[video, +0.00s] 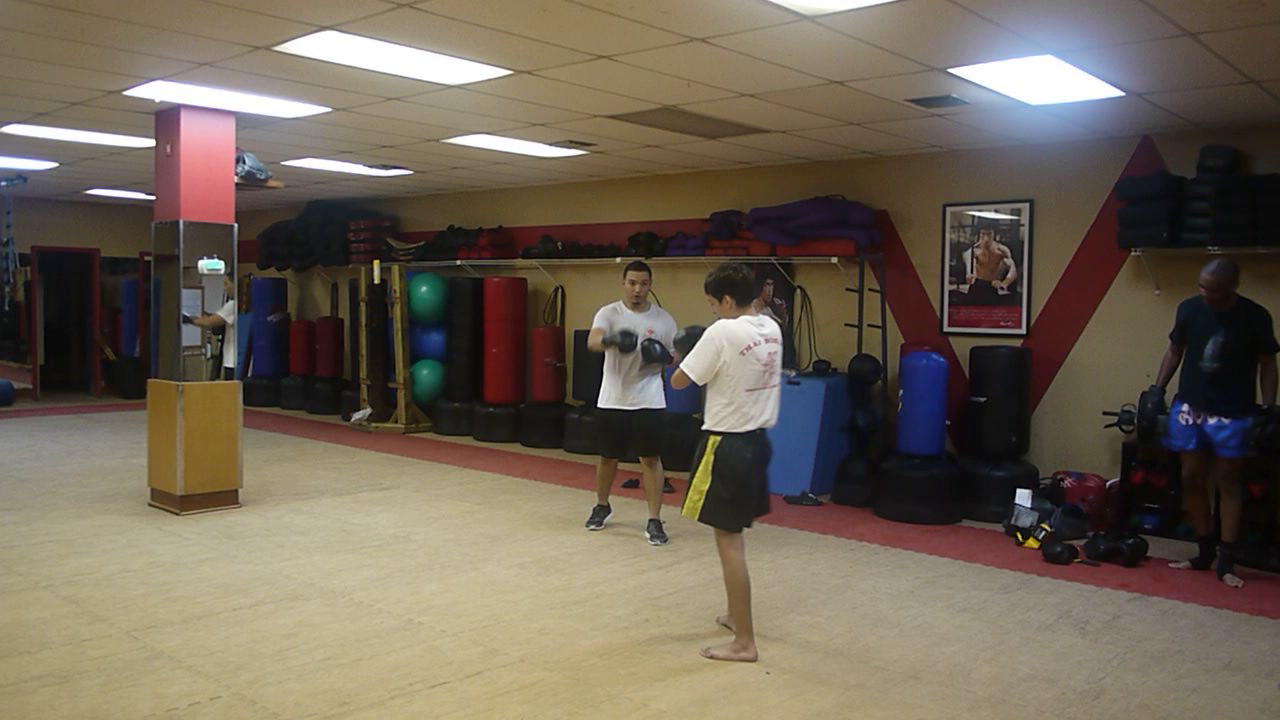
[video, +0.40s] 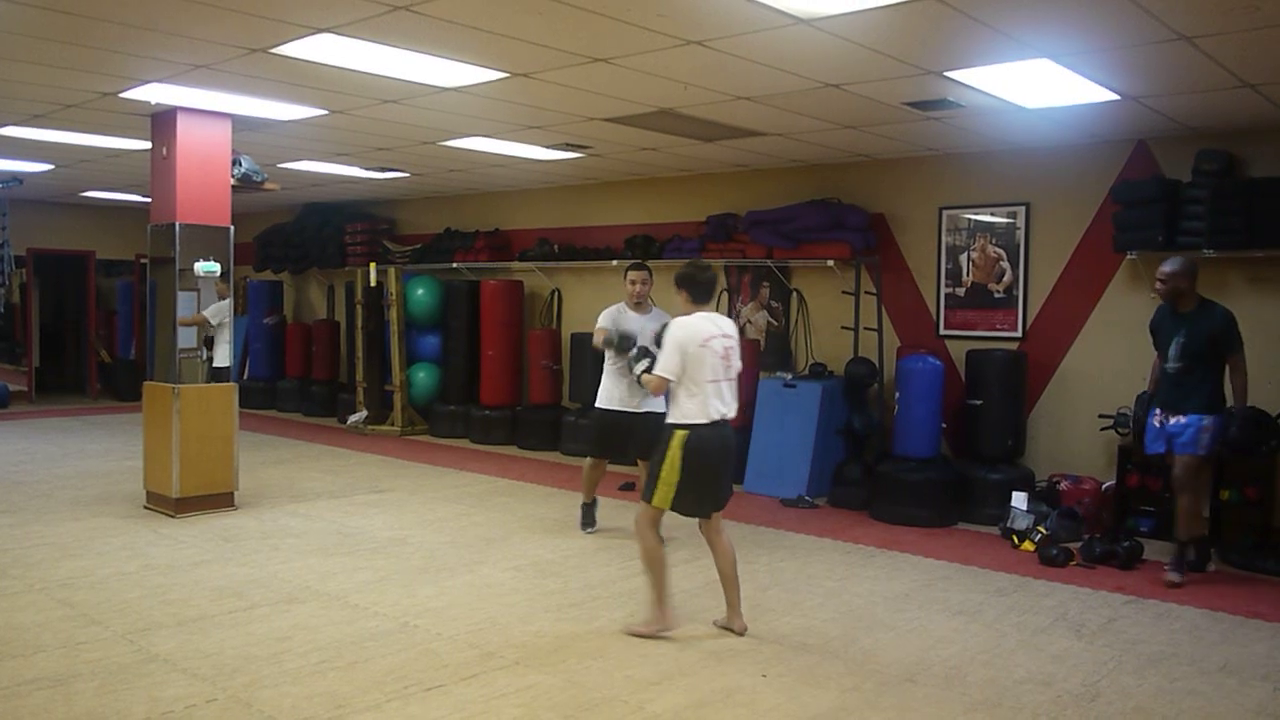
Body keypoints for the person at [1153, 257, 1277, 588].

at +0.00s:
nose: (1204, 295)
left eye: (1211, 291)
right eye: (1202, 287)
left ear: (1231, 288)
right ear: (1201, 281)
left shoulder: (1256, 317)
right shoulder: (1189, 310)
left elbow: (1267, 365)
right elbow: (1174, 350)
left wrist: (1268, 407)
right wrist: (1156, 390)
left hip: (1232, 415)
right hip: (1189, 412)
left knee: (1229, 484)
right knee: (1191, 480)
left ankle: (1226, 562)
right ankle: (1204, 553)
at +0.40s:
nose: (1156, 286)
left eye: (1163, 282)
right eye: (1156, 280)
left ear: (1186, 283)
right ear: (1163, 283)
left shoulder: (1219, 318)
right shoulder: (1160, 318)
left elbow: (1237, 367)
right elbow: (1161, 359)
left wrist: (1239, 413)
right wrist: (1149, 400)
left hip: (1201, 415)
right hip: (1166, 413)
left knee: (1182, 480)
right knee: (1184, 481)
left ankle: (1178, 556)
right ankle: (1199, 547)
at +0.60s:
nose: (1142, 285)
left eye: (1149, 280)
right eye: (1141, 280)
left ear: (1171, 282)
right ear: (1148, 283)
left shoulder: (1203, 319)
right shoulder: (1150, 320)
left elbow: (1222, 367)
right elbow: (1156, 365)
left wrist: (1223, 413)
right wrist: (1149, 402)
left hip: (1187, 412)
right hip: (1158, 412)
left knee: (1157, 475)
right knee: (1182, 483)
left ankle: (1138, 553)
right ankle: (1201, 552)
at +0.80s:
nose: (1119, 287)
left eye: (1125, 281)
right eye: (1119, 281)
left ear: (1145, 284)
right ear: (1135, 284)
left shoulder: (1172, 322)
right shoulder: (1130, 324)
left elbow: (1192, 372)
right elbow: (1133, 374)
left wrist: (1192, 418)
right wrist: (1124, 413)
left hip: (1157, 416)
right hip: (1136, 414)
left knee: (1123, 476)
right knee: (1165, 483)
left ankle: (1119, 558)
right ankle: (1198, 543)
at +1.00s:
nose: (1092, 283)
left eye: (1098, 279)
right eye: (1093, 278)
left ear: (1119, 282)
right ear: (1110, 283)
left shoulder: (1142, 316)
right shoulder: (1111, 317)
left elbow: (1157, 366)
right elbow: (1113, 369)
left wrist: (1152, 413)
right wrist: (1105, 406)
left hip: (1129, 415)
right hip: (1111, 414)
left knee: (1114, 482)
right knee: (1115, 481)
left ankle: (1117, 556)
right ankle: (1166, 523)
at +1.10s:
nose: (1079, 281)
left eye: (1085, 276)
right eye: (1079, 275)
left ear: (1105, 278)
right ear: (1098, 278)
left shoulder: (1127, 311)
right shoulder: (1104, 311)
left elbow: (1140, 362)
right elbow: (1106, 365)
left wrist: (1125, 411)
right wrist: (1097, 407)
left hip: (1123, 417)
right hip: (1102, 413)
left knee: (1114, 483)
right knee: (1078, 466)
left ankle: (1117, 558)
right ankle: (1124, 511)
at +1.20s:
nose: (1066, 278)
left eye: (1072, 273)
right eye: (1067, 272)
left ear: (1090, 276)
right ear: (1085, 277)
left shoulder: (1111, 308)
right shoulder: (1092, 308)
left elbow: (1123, 357)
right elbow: (1095, 361)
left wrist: (1097, 405)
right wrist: (1082, 401)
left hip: (1116, 408)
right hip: (1089, 403)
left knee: (1112, 480)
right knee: (1051, 455)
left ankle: (1118, 558)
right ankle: (1091, 517)